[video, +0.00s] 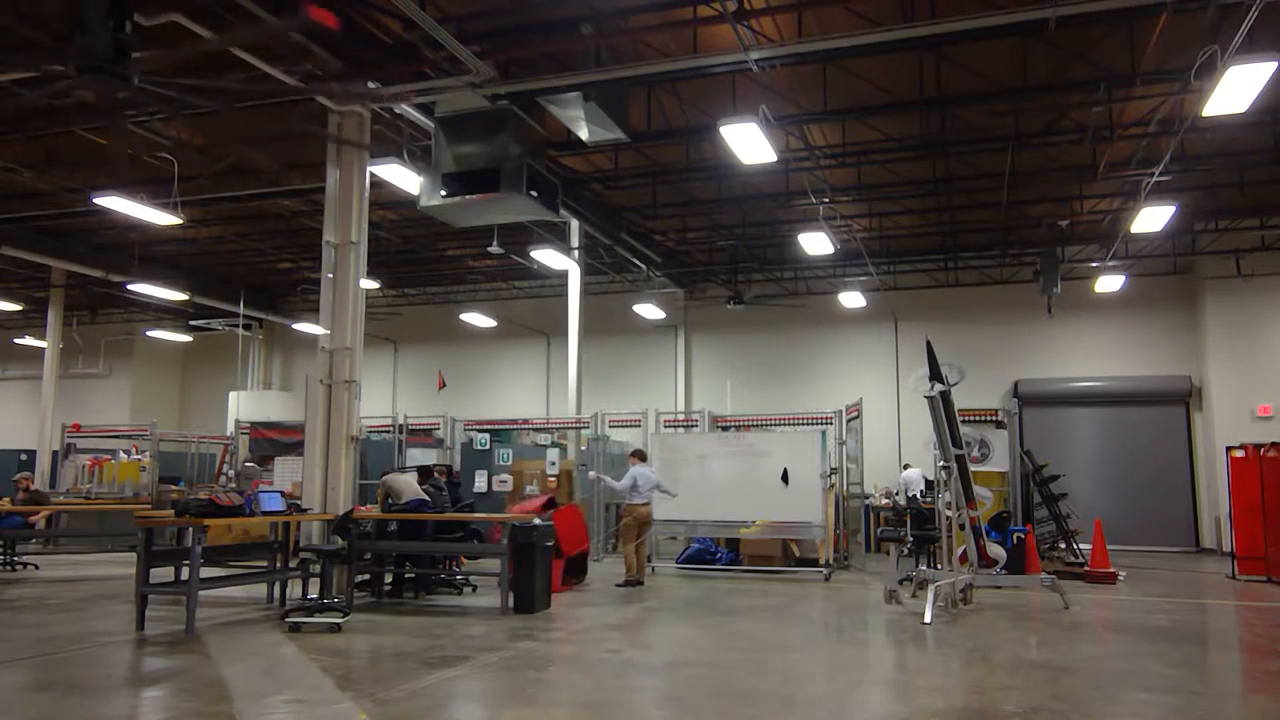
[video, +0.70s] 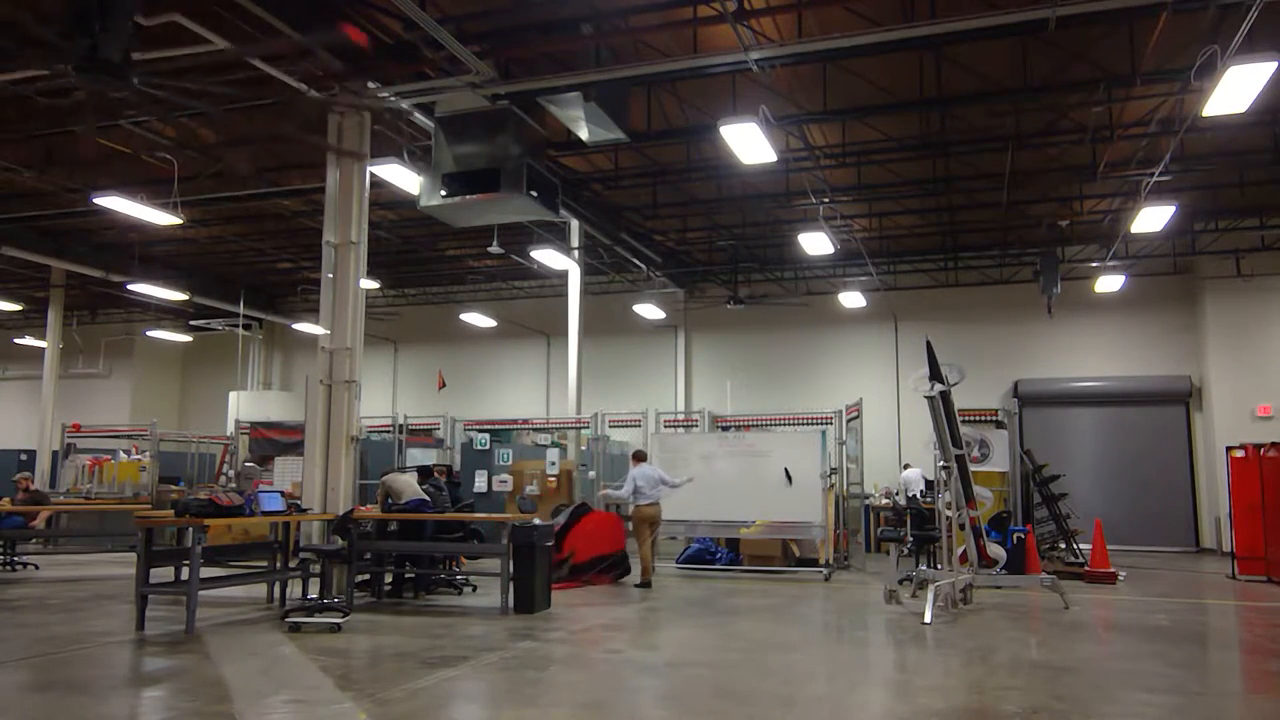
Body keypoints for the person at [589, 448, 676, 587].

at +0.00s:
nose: (629, 462)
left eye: (630, 459)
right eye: (629, 459)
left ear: (635, 459)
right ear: (642, 459)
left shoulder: (633, 471)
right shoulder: (651, 472)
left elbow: (620, 487)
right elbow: (660, 487)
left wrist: (603, 477)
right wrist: (672, 494)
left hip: (633, 507)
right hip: (647, 507)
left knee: (628, 543)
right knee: (641, 543)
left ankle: (630, 577)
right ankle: (640, 576)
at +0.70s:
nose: (631, 462)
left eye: (632, 460)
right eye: (632, 460)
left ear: (634, 460)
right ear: (645, 459)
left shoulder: (633, 473)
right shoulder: (654, 470)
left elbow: (625, 494)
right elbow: (671, 483)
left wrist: (607, 492)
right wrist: (686, 480)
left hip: (641, 508)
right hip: (655, 506)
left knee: (644, 544)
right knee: (649, 542)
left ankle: (646, 579)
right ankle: (648, 572)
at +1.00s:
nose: (636, 461)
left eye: (636, 459)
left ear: (636, 460)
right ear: (648, 459)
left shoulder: (633, 473)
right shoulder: (655, 470)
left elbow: (623, 495)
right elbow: (672, 483)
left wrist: (607, 490)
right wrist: (688, 475)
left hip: (642, 508)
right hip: (658, 507)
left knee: (646, 544)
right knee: (661, 544)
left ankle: (646, 580)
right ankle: (666, 580)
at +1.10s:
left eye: (639, 458)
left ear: (637, 459)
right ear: (650, 459)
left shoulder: (633, 474)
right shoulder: (655, 471)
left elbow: (623, 496)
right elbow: (672, 483)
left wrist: (608, 489)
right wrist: (688, 474)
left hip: (643, 509)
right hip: (659, 507)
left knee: (647, 545)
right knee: (665, 545)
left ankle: (646, 580)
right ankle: (669, 579)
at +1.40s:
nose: (662, 460)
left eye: (662, 458)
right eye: (661, 458)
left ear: (648, 459)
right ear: (657, 458)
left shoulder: (643, 473)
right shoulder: (657, 469)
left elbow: (641, 492)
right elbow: (669, 483)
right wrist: (681, 473)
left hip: (649, 507)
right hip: (663, 507)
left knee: (650, 546)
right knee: (669, 546)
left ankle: (645, 580)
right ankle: (668, 579)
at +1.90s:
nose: (679, 459)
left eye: (681, 456)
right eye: (676, 457)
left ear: (683, 458)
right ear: (671, 459)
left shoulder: (683, 476)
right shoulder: (668, 473)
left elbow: (688, 496)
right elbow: (657, 489)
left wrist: (703, 496)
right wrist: (654, 476)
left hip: (682, 511)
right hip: (670, 510)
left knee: (685, 545)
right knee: (672, 547)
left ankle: (684, 577)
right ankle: (667, 579)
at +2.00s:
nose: (684, 460)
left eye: (686, 457)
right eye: (681, 457)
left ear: (689, 458)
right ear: (676, 459)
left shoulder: (691, 477)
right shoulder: (671, 473)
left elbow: (695, 496)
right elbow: (657, 489)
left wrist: (708, 498)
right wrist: (652, 478)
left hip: (687, 512)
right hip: (673, 511)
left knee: (693, 547)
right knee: (673, 548)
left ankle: (697, 579)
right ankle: (667, 580)